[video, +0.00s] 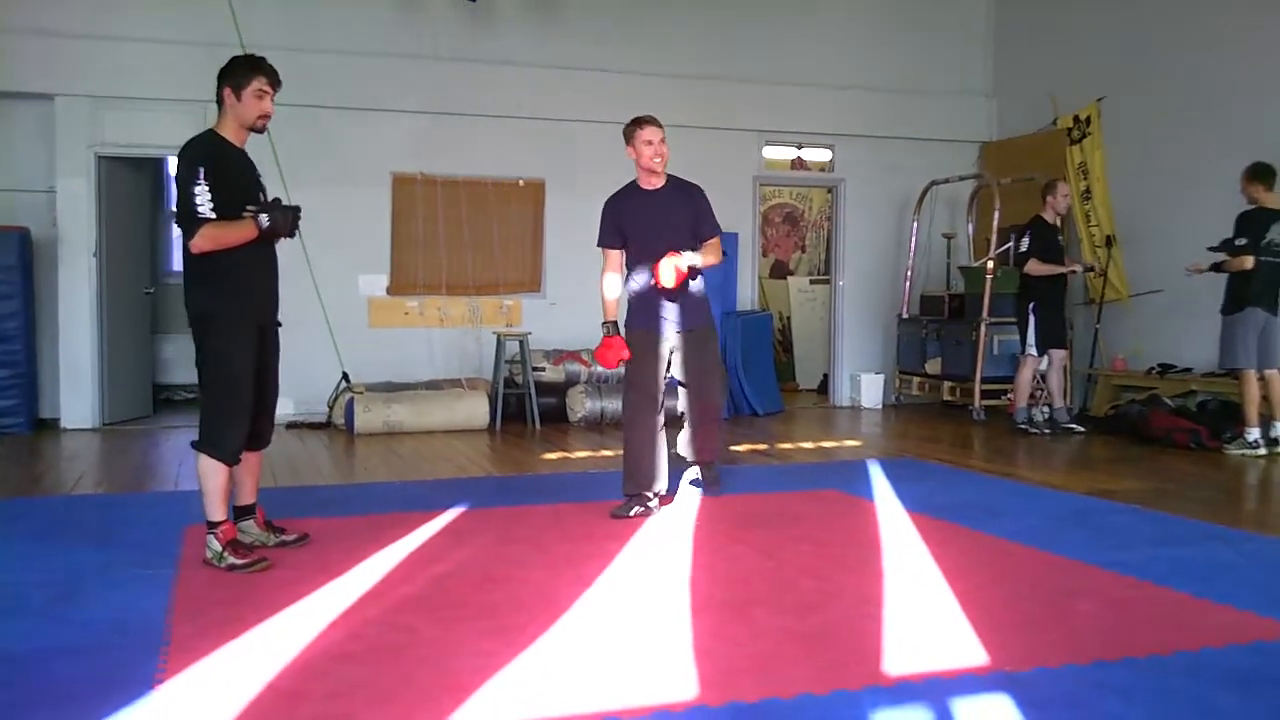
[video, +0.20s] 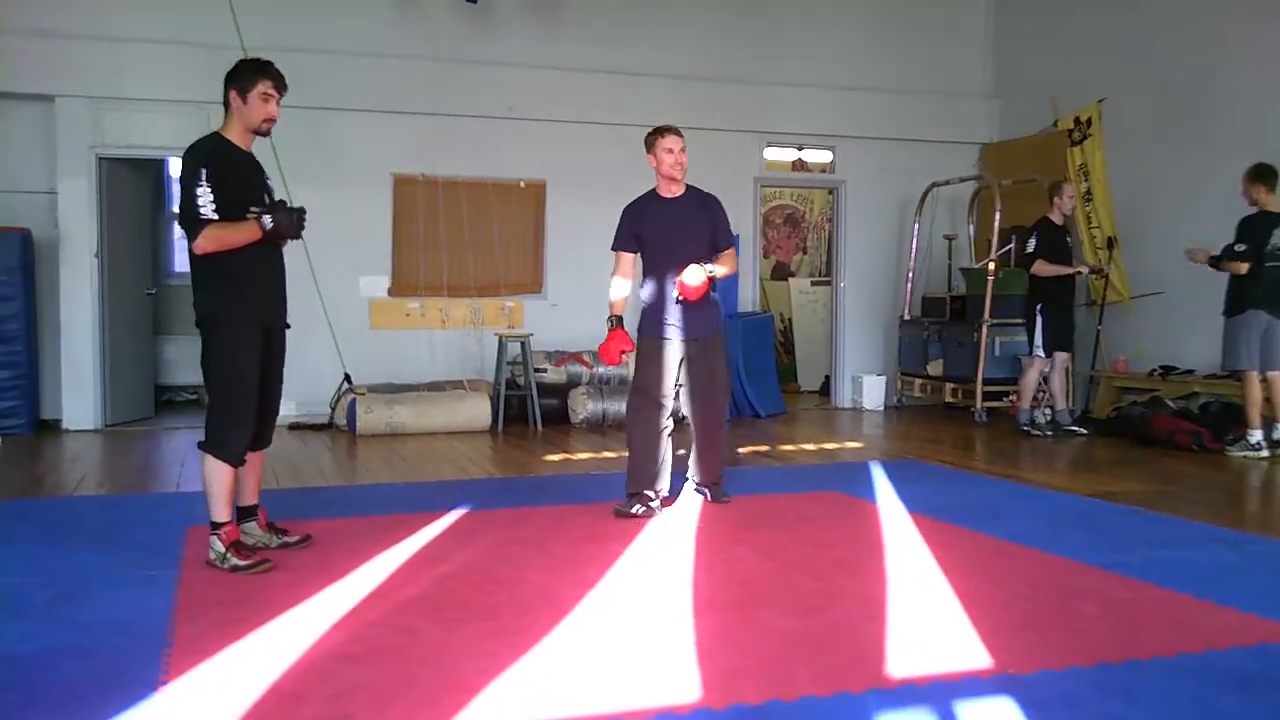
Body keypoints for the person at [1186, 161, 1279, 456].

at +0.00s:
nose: (1243, 193)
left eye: (1245, 187)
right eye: (1243, 187)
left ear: (1256, 187)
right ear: (1269, 186)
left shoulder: (1251, 218)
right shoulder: (1277, 216)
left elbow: (1245, 262)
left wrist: (1213, 266)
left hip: (1247, 303)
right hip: (1273, 302)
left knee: (1247, 370)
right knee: (1272, 370)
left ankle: (1252, 437)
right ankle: (1276, 432)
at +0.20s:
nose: (1244, 194)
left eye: (1247, 188)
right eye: (1244, 188)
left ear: (1259, 189)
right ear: (1270, 189)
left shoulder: (1253, 223)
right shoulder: (1276, 220)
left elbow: (1240, 265)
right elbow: (1257, 261)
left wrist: (1209, 259)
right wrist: (1222, 255)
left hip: (1249, 306)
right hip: (1274, 305)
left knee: (1250, 373)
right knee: (1273, 372)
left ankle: (1255, 439)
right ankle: (1277, 434)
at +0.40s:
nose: (1249, 192)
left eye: (1252, 187)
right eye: (1250, 187)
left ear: (1265, 188)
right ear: (1273, 188)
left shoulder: (1256, 225)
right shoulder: (1275, 222)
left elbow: (1226, 263)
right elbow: (1251, 258)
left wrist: (1216, 251)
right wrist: (1226, 253)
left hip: (1254, 307)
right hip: (1276, 305)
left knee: (1253, 374)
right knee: (1274, 374)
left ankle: (1258, 440)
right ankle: (1276, 434)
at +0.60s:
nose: (1263, 197)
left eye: (1265, 191)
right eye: (1262, 192)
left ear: (1275, 191)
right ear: (1272, 191)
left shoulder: (1264, 226)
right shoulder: (1267, 224)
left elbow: (1235, 254)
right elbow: (1238, 254)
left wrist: (1212, 240)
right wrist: (1215, 242)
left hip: (1263, 310)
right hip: (1270, 310)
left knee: (1263, 377)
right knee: (1269, 377)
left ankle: (1266, 441)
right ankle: (1267, 439)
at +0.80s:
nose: (1269, 197)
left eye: (1269, 192)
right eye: (1268, 191)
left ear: (1274, 193)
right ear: (1275, 192)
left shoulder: (1269, 226)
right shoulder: (1268, 226)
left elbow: (1241, 268)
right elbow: (1243, 266)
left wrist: (1219, 274)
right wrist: (1223, 273)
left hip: (1267, 311)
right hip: (1268, 310)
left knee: (1269, 376)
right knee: (1269, 376)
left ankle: (1271, 441)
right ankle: (1271, 439)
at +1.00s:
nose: (1261, 196)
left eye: (1261, 190)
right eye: (1260, 190)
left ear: (1268, 190)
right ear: (1275, 189)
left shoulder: (1262, 225)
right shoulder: (1262, 225)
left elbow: (1252, 270)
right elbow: (1252, 270)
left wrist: (1247, 308)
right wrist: (1249, 308)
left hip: (1269, 308)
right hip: (1269, 308)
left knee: (1267, 371)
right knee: (1267, 371)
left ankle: (1270, 436)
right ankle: (1270, 435)